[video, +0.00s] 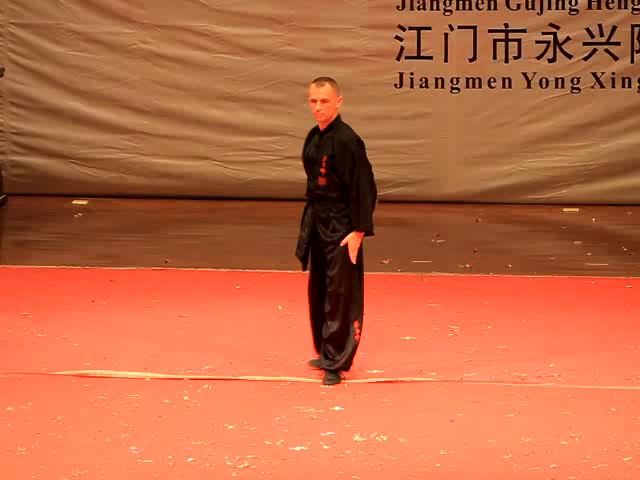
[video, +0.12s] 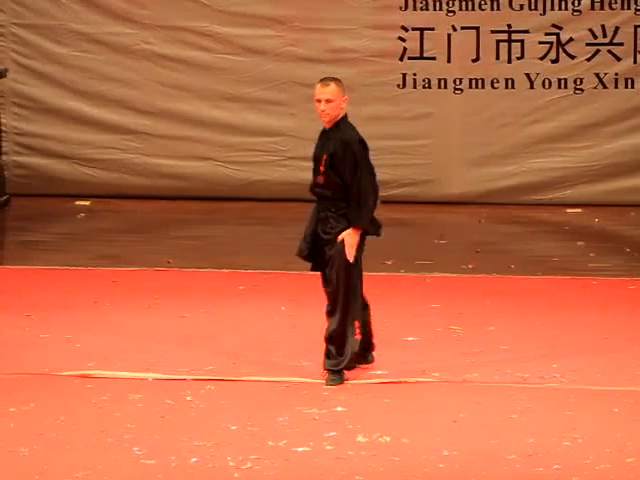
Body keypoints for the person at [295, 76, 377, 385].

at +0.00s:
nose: (318, 107)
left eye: (324, 101)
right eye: (313, 102)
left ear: (338, 102)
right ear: (309, 104)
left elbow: (365, 188)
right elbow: (316, 187)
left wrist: (359, 230)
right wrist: (310, 227)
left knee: (340, 293)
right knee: (320, 290)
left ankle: (338, 362)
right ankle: (326, 352)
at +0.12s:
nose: (322, 107)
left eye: (328, 101)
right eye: (318, 102)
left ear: (344, 102)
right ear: (314, 104)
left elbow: (367, 187)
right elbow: (330, 185)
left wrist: (357, 229)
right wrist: (319, 223)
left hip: (343, 226)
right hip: (326, 221)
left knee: (340, 293)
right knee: (344, 288)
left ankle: (335, 362)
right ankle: (361, 346)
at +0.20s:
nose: (324, 109)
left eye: (330, 102)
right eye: (320, 103)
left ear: (347, 103)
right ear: (318, 104)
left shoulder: (350, 139)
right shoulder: (337, 135)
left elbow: (366, 186)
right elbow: (342, 186)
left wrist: (352, 224)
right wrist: (329, 223)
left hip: (344, 226)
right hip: (336, 223)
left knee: (339, 292)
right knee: (356, 288)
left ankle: (336, 362)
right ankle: (367, 348)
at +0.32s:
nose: (325, 108)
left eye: (331, 102)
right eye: (323, 102)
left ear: (349, 101)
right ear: (325, 103)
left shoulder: (354, 132)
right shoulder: (344, 131)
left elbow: (379, 171)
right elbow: (342, 175)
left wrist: (348, 192)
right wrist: (331, 193)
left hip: (352, 224)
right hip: (357, 221)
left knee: (340, 289)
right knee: (364, 289)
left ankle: (344, 362)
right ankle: (368, 350)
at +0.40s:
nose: (326, 107)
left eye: (331, 100)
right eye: (323, 101)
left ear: (349, 99)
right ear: (327, 102)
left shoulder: (356, 130)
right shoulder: (346, 130)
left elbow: (383, 166)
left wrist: (346, 176)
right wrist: (332, 185)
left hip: (355, 219)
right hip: (360, 217)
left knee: (341, 285)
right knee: (364, 284)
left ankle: (355, 352)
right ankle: (369, 350)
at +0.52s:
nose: (328, 106)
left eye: (334, 100)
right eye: (326, 100)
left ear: (353, 98)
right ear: (328, 100)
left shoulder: (359, 126)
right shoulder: (350, 126)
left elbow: (382, 164)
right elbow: (377, 165)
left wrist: (343, 177)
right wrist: (339, 178)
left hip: (361, 219)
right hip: (357, 217)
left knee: (354, 288)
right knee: (365, 286)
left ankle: (367, 354)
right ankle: (366, 352)